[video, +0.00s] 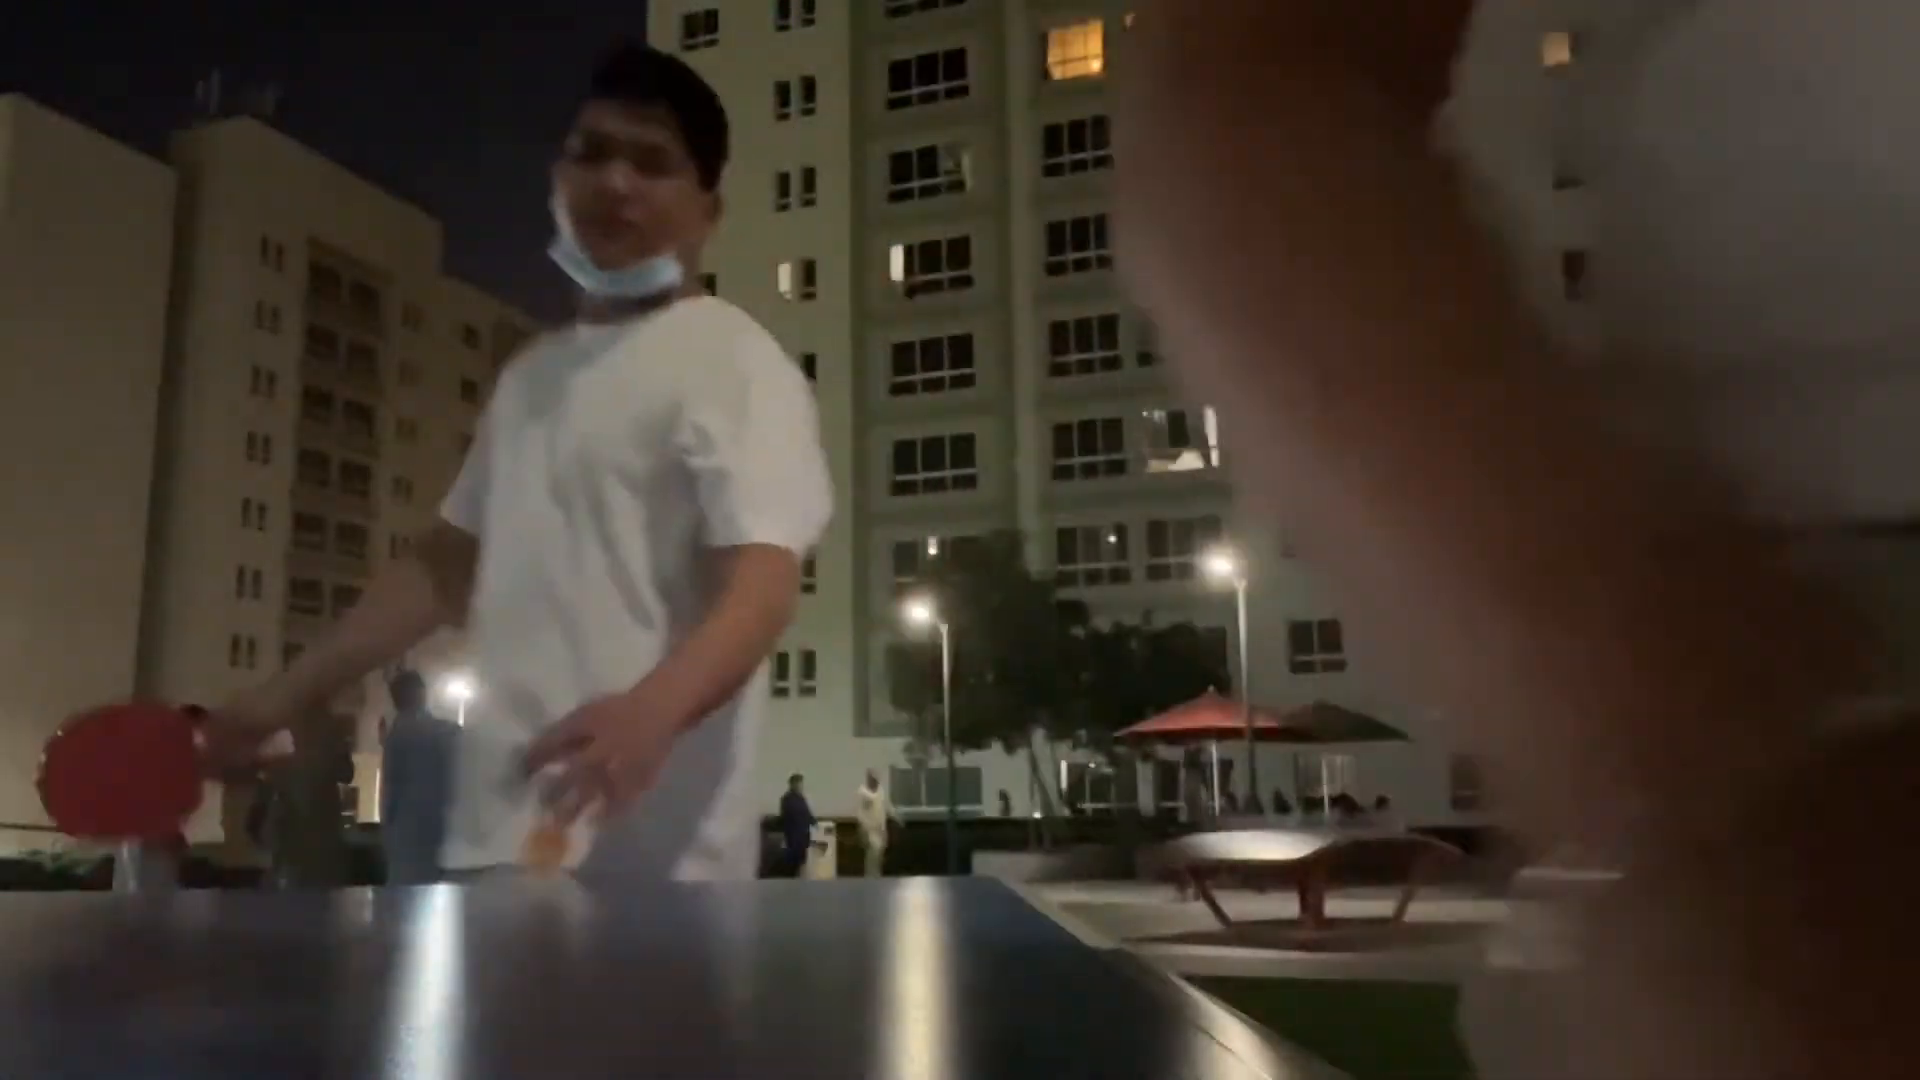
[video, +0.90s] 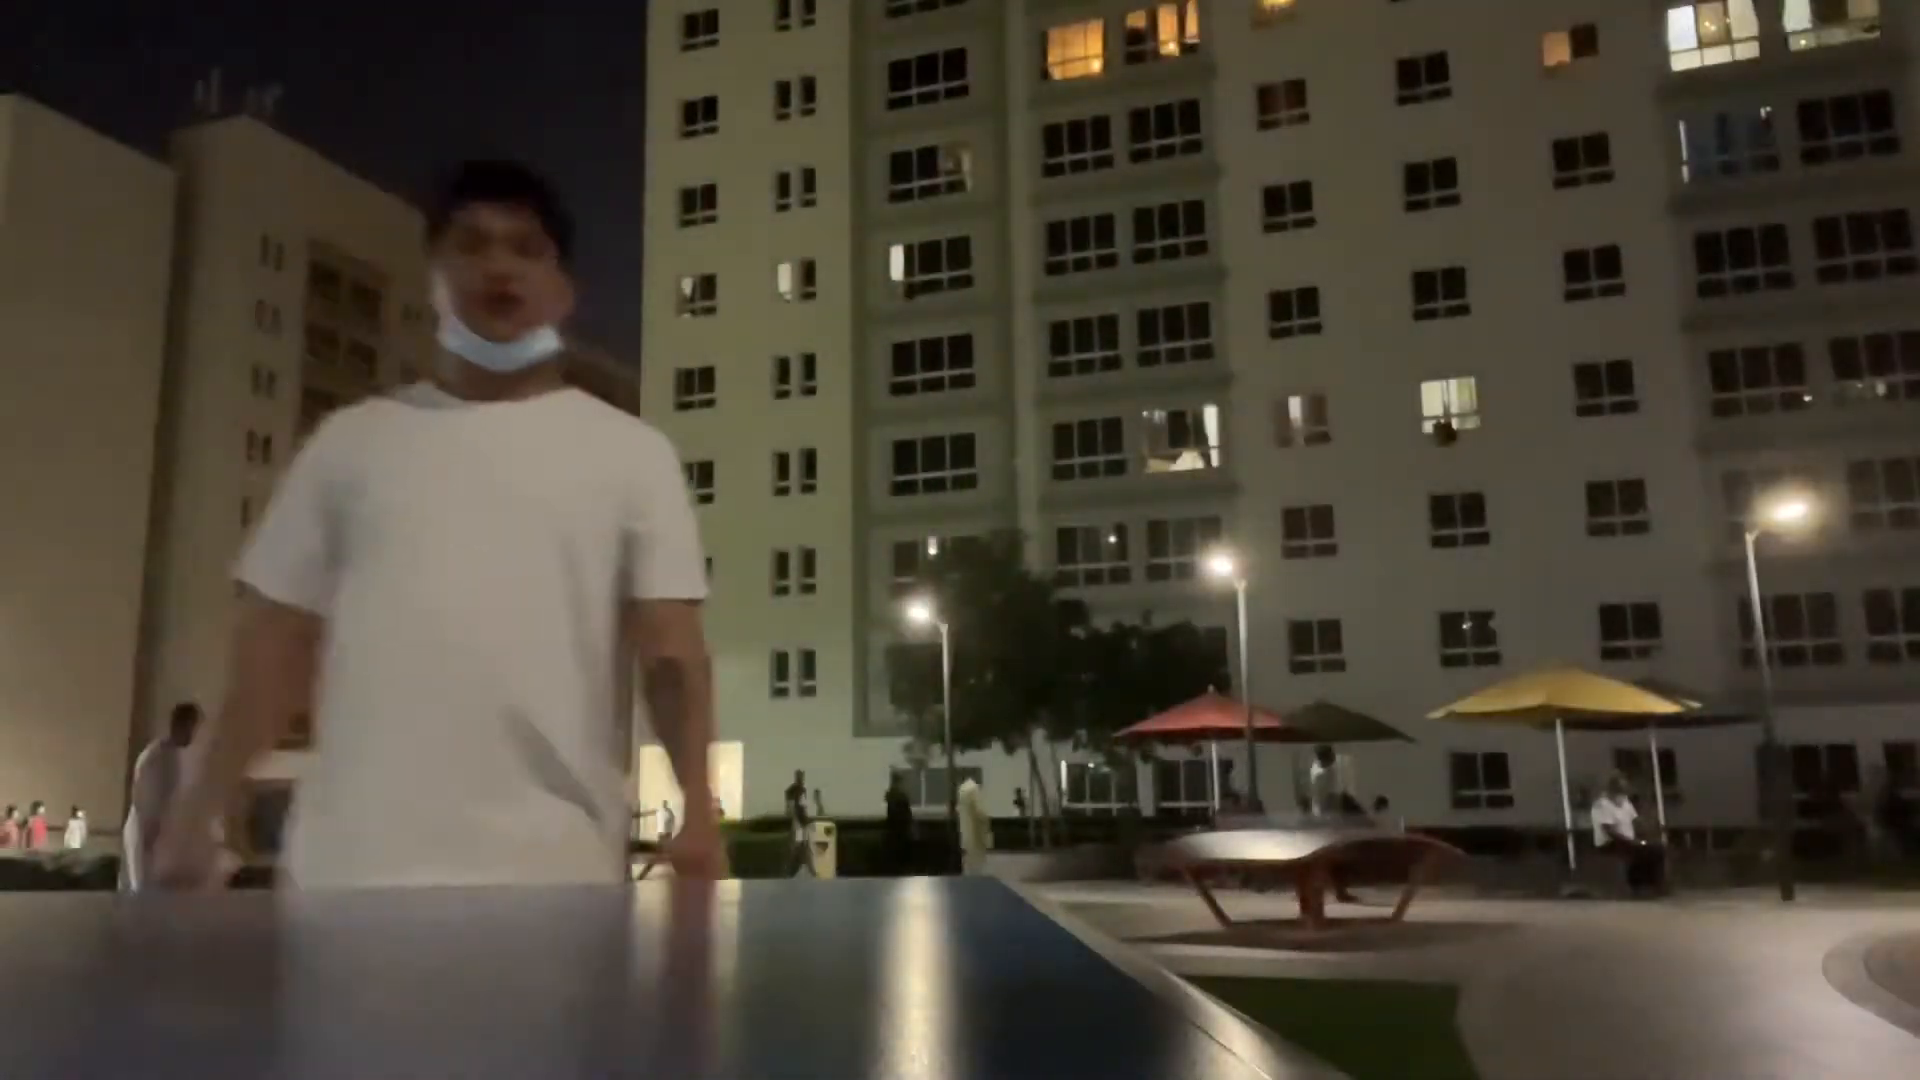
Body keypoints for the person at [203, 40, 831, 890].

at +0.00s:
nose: (612, 185)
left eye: (651, 164)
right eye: (591, 155)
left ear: (707, 205)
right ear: (556, 179)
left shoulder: (731, 361)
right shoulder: (533, 374)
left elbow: (763, 590)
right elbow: (440, 567)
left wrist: (651, 715)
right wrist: (276, 704)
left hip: (655, 855)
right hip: (498, 837)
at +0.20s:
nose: (520, 136)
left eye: (563, 114)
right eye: (496, 102)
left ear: (621, 161)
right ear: (457, 126)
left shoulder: (658, 339)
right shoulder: (412, 329)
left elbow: (692, 593)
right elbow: (353, 545)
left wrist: (578, 741)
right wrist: (292, 718)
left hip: (549, 848)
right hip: (365, 838)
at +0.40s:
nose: (473, 152)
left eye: (514, 141)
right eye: (454, 121)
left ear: (558, 200)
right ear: (405, 151)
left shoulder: (581, 366)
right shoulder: (311, 347)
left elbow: (605, 625)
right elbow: (218, 550)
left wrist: (525, 796)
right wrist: (171, 709)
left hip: (442, 852)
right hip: (243, 839)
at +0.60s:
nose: (386, 180)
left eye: (425, 168)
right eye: (364, 150)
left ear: (465, 227)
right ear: (320, 186)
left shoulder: (509, 393)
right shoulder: (221, 374)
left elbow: (545, 623)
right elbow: (140, 579)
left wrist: (455, 740)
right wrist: (87, 775)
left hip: (392, 865)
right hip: (194, 859)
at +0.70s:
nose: (388, 205)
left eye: (421, 189)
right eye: (361, 178)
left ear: (462, 242)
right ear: (318, 215)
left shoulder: (523, 409)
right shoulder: (226, 401)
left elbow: (524, 639)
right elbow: (145, 615)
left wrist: (438, 806)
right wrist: (72, 818)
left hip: (433, 865)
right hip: (232, 856)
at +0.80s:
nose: (440, 237)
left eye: (468, 219)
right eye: (412, 214)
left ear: (510, 261)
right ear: (371, 251)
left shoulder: (570, 432)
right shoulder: (282, 425)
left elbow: (592, 654)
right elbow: (195, 620)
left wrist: (593, 828)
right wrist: (134, 806)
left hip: (476, 864)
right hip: (278, 867)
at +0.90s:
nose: (498, 267)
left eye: (526, 249)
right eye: (471, 246)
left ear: (565, 291)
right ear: (433, 278)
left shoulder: (629, 456)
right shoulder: (350, 446)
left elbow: (672, 655)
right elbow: (273, 640)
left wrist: (699, 810)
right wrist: (204, 805)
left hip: (549, 861)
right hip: (359, 858)